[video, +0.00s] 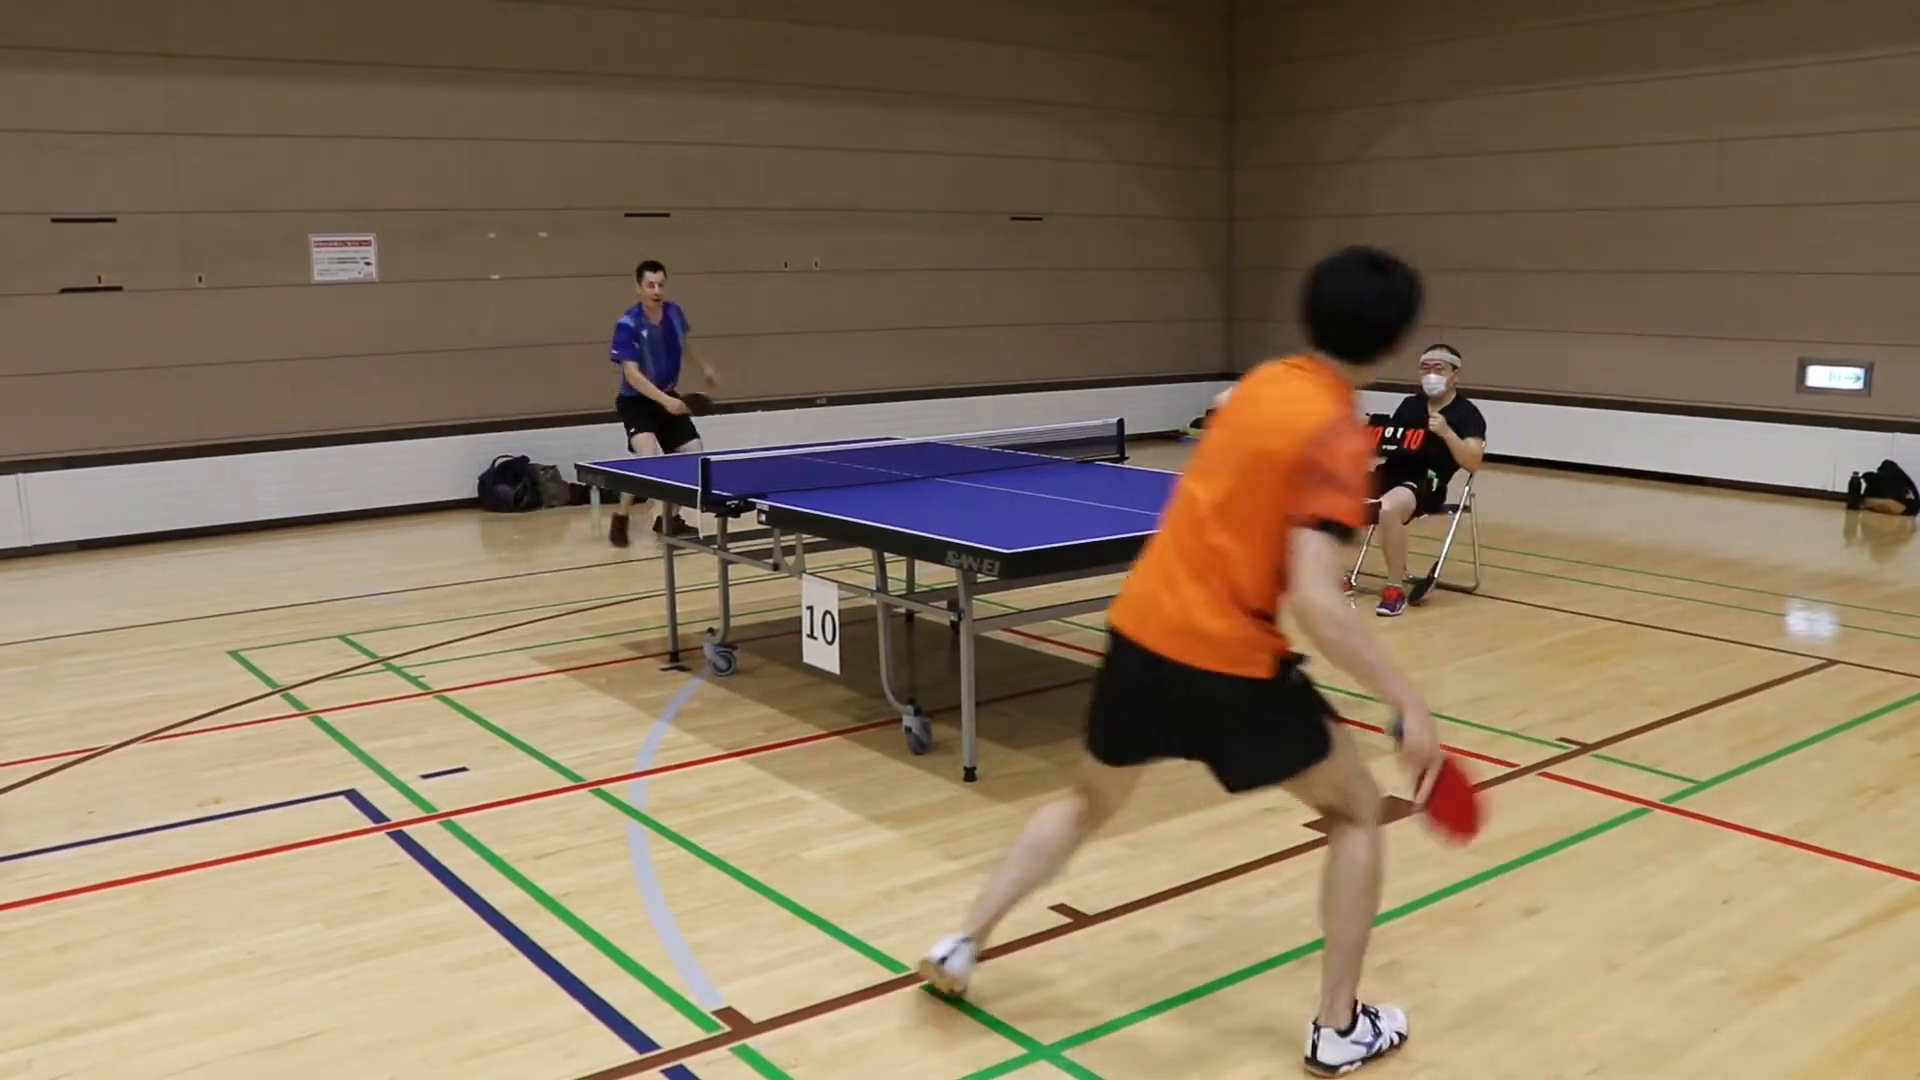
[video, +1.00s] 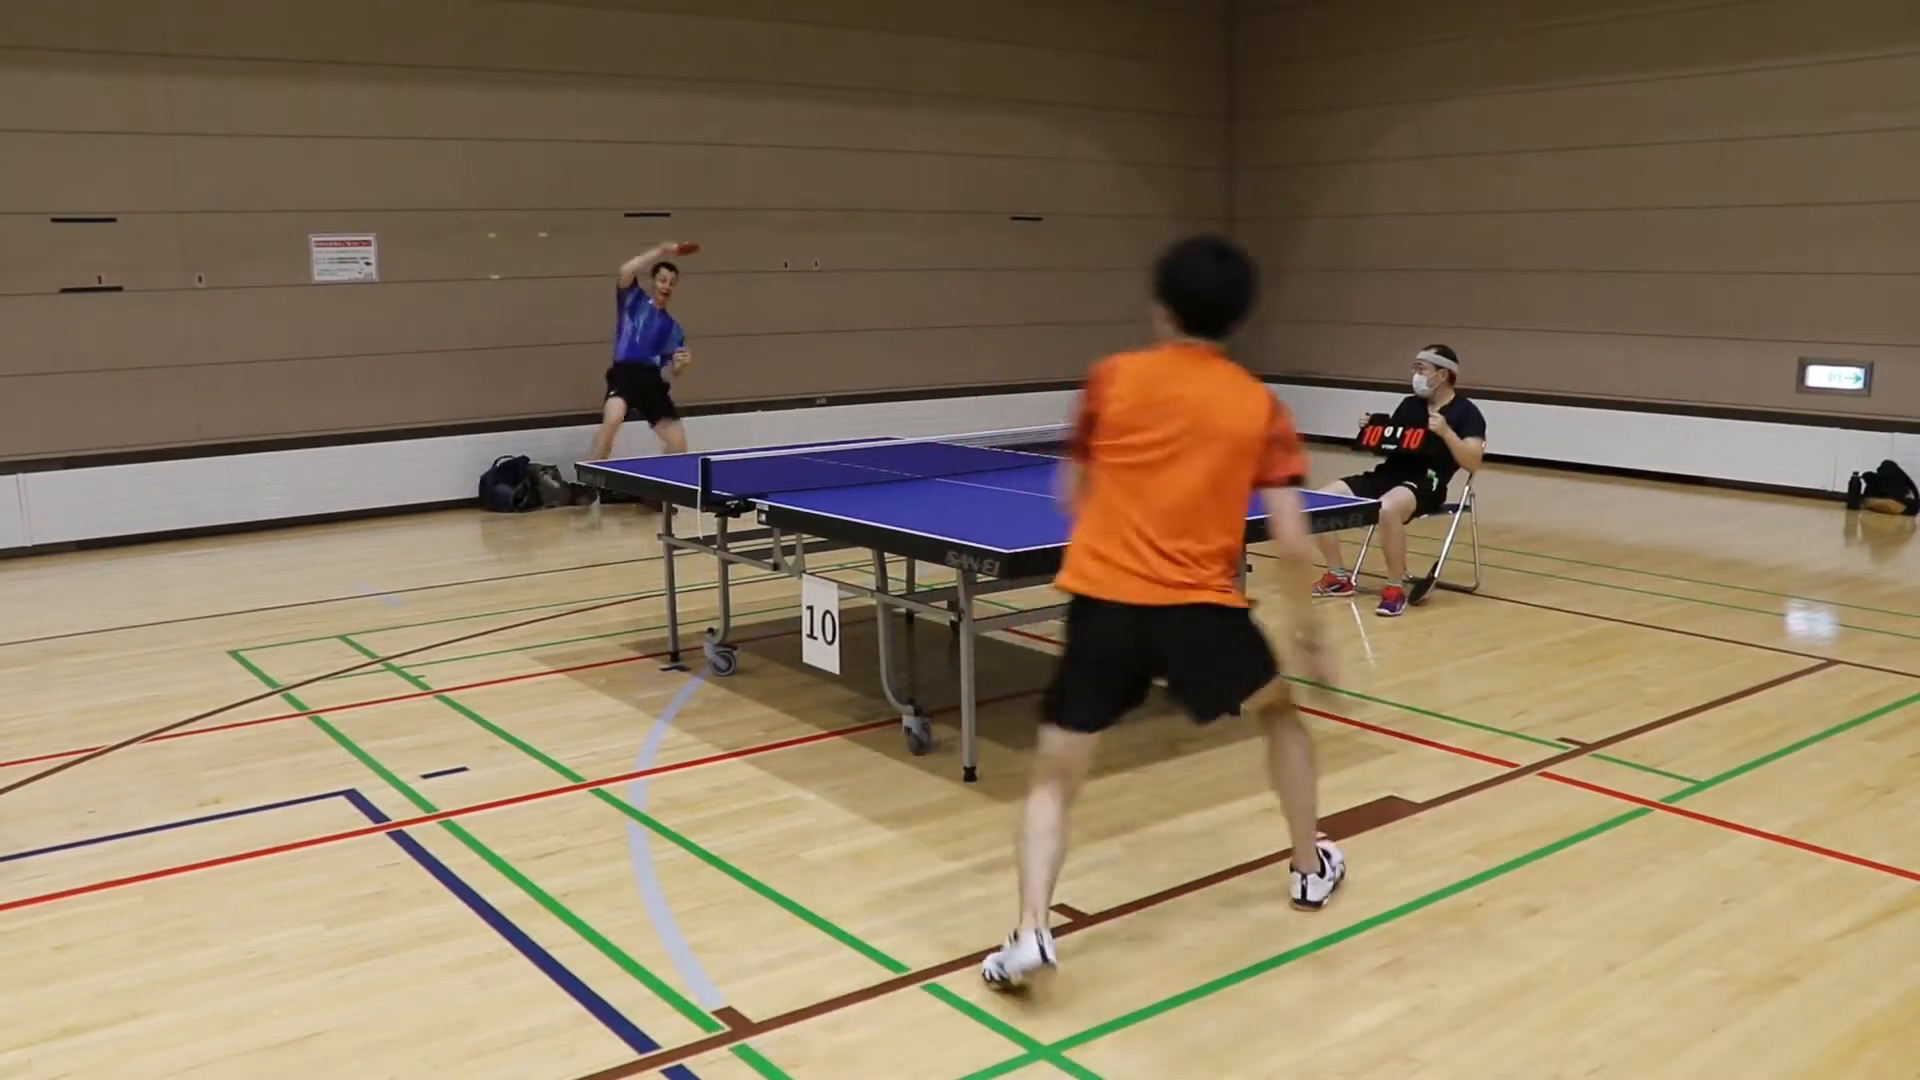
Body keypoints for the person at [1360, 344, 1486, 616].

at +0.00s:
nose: (1431, 375)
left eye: (1439, 370)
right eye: (1426, 369)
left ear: (1454, 377)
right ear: (1419, 375)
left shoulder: (1468, 414)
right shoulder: (1410, 405)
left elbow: (1472, 463)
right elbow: (1389, 442)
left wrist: (1446, 433)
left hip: (1427, 480)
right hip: (1391, 472)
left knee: (1389, 508)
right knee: (1343, 501)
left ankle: (1395, 588)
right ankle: (1338, 577)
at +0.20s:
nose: (1426, 375)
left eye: (1435, 369)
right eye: (1422, 369)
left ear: (1453, 376)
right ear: (1417, 374)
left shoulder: (1467, 414)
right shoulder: (1411, 404)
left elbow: (1472, 463)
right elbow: (1393, 439)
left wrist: (1447, 433)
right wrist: (1373, 426)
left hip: (1427, 482)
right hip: (1390, 474)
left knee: (1389, 510)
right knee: (1319, 501)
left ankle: (1394, 588)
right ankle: (1337, 576)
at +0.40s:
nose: (1420, 375)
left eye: (1427, 369)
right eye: (1418, 369)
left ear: (1448, 376)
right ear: (1414, 373)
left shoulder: (1466, 413)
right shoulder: (1411, 404)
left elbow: (1472, 462)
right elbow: (1393, 439)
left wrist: (1447, 433)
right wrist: (1373, 426)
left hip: (1427, 482)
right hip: (1390, 474)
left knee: (1389, 510)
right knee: (1319, 502)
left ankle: (1394, 588)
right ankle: (1337, 576)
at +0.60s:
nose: (1414, 375)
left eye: (1421, 369)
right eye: (1414, 369)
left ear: (1441, 376)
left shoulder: (1466, 413)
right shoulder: (1411, 404)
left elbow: (1472, 463)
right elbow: (1393, 439)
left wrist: (1447, 433)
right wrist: (1372, 426)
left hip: (1426, 482)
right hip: (1389, 474)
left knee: (1388, 510)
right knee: (1318, 502)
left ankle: (1394, 589)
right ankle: (1337, 576)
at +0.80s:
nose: (1413, 374)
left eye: (1420, 369)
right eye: (1414, 368)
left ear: (1441, 375)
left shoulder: (1466, 413)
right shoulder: (1411, 404)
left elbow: (1472, 463)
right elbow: (1394, 439)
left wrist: (1447, 433)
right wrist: (1373, 426)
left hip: (1426, 482)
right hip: (1390, 474)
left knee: (1388, 509)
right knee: (1318, 502)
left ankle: (1394, 588)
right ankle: (1337, 576)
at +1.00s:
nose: (1416, 375)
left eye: (1423, 370)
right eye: (1416, 369)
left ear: (1445, 376)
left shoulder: (1467, 413)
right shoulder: (1411, 404)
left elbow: (1472, 463)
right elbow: (1393, 441)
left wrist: (1446, 432)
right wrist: (1374, 427)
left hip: (1425, 482)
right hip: (1389, 474)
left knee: (1389, 508)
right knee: (1320, 501)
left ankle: (1395, 589)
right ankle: (1337, 575)